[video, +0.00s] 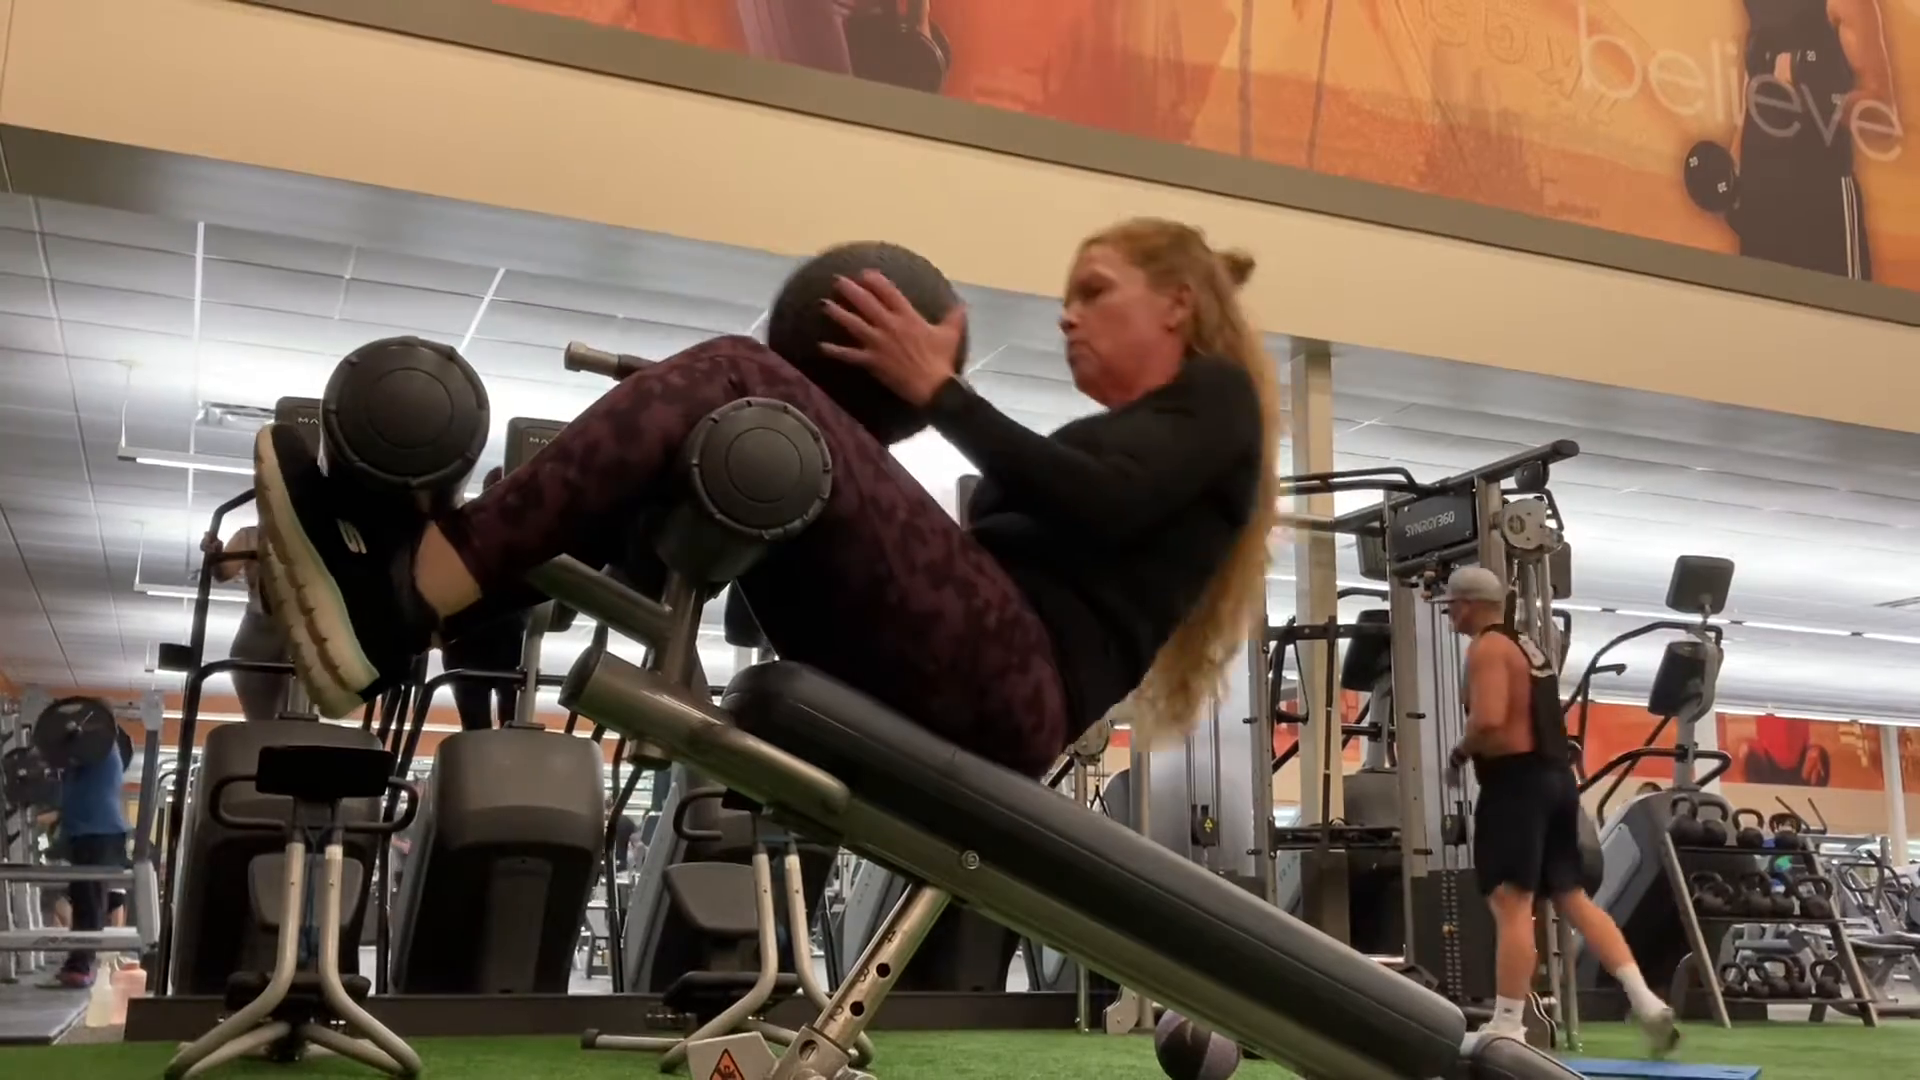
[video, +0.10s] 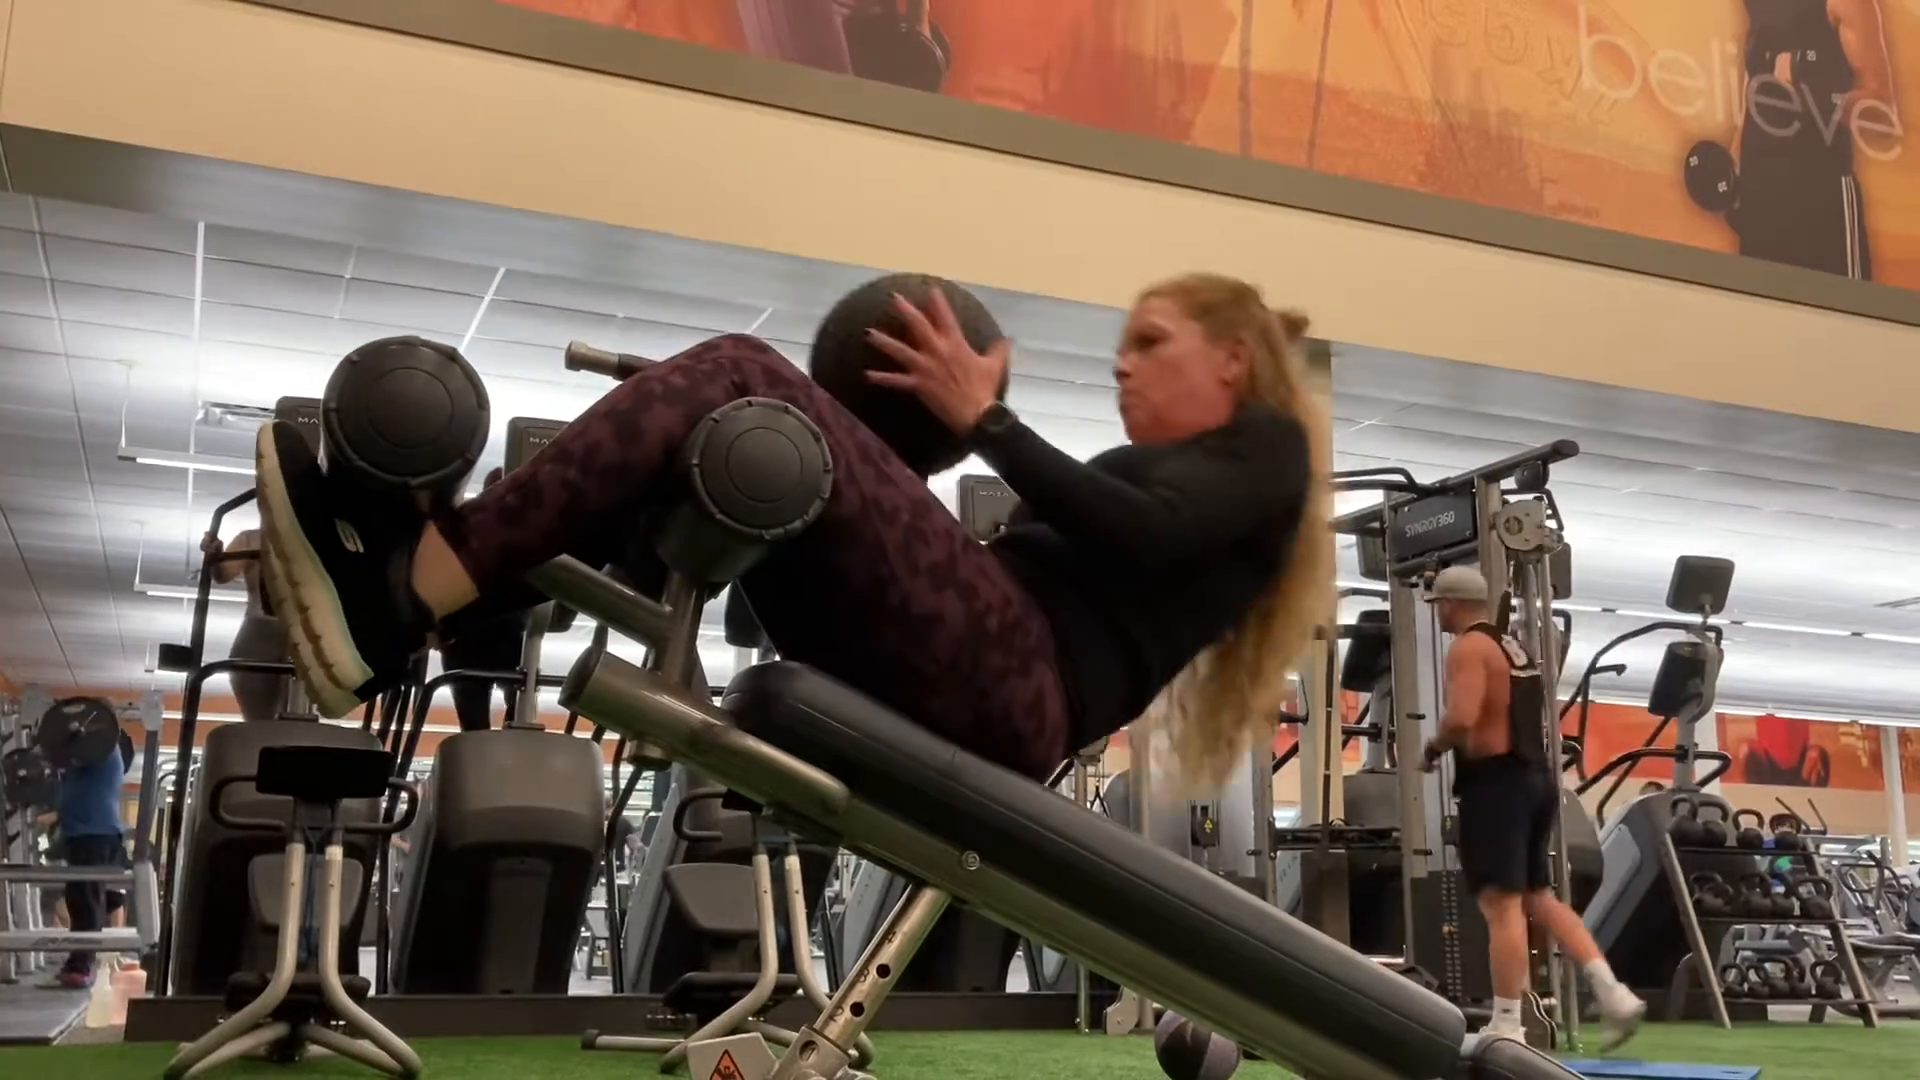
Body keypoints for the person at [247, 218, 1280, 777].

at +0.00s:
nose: (1068, 327)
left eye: (1091, 302)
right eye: (1070, 307)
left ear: (1176, 308)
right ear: (1128, 324)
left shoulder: (1216, 397)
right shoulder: (1121, 432)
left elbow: (1097, 497)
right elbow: (997, 542)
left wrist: (946, 396)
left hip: (1016, 677)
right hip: (958, 659)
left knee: (755, 381)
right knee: (747, 399)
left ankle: (421, 594)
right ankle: (422, 571)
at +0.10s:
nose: (1123, 367)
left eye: (1150, 345)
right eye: (1126, 351)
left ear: (1234, 359)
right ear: (1178, 374)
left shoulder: (1269, 449)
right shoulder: (1145, 478)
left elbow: (1141, 527)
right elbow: (919, 531)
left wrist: (989, 423)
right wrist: (693, 401)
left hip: (1017, 680)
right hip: (953, 651)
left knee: (752, 373)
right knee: (735, 394)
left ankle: (428, 584)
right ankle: (401, 586)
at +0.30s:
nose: (1239, 477)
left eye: (1269, 468)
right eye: (1247, 464)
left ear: (1341, 506)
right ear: (1258, 494)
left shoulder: (1336, 584)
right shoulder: (1208, 577)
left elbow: (1185, 575)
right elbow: (972, 497)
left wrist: (1072, 446)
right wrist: (1029, 396)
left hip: (1025, 685)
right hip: (964, 673)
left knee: (738, 387)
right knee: (734, 379)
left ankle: (421, 582)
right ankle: (436, 566)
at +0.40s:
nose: (1293, 537)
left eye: (1325, 533)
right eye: (1306, 524)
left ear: (1379, 590)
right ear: (1318, 568)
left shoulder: (1358, 652)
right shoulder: (1266, 648)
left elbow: (1215, 584)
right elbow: (1073, 635)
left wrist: (1128, 442)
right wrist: (1011, 517)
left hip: (1036, 677)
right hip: (996, 657)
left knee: (745, 377)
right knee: (727, 376)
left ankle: (426, 584)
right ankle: (421, 570)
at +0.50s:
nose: (1351, 590)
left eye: (1380, 601)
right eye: (1365, 585)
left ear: (1404, 684)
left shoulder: (1371, 717)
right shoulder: (1263, 694)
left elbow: (1242, 583)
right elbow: (1051, 616)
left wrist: (1193, 441)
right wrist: (1075, 505)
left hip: (1031, 691)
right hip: (1000, 670)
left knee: (748, 385)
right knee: (739, 387)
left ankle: (417, 582)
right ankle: (417, 572)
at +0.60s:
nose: (1392, 644)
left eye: (1417, 657)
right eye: (1400, 638)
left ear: (1430, 740)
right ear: (1360, 670)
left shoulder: (1380, 770)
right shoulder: (1299, 746)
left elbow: (1287, 602)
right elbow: (1115, 640)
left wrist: (1284, 454)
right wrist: (1153, 531)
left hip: (1035, 685)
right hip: (1015, 681)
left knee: (739, 384)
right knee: (739, 382)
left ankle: (434, 566)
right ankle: (444, 568)